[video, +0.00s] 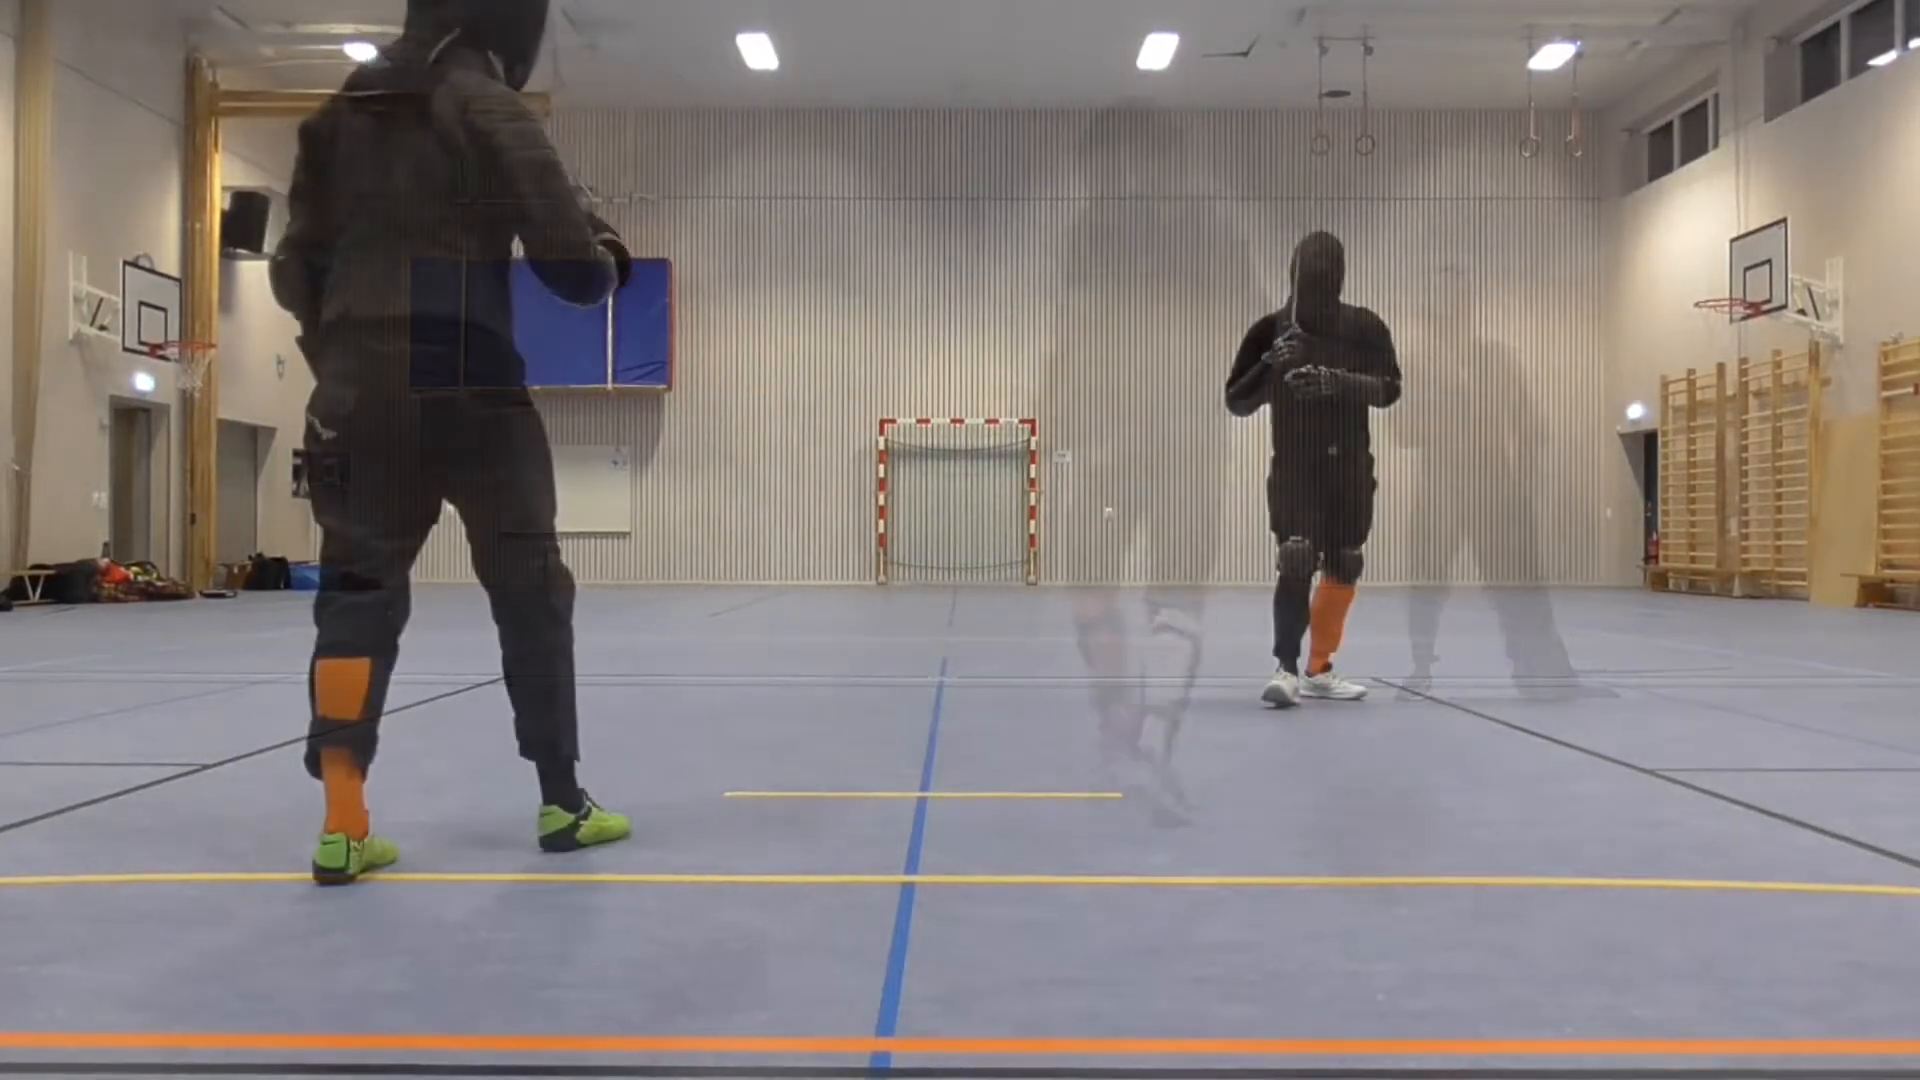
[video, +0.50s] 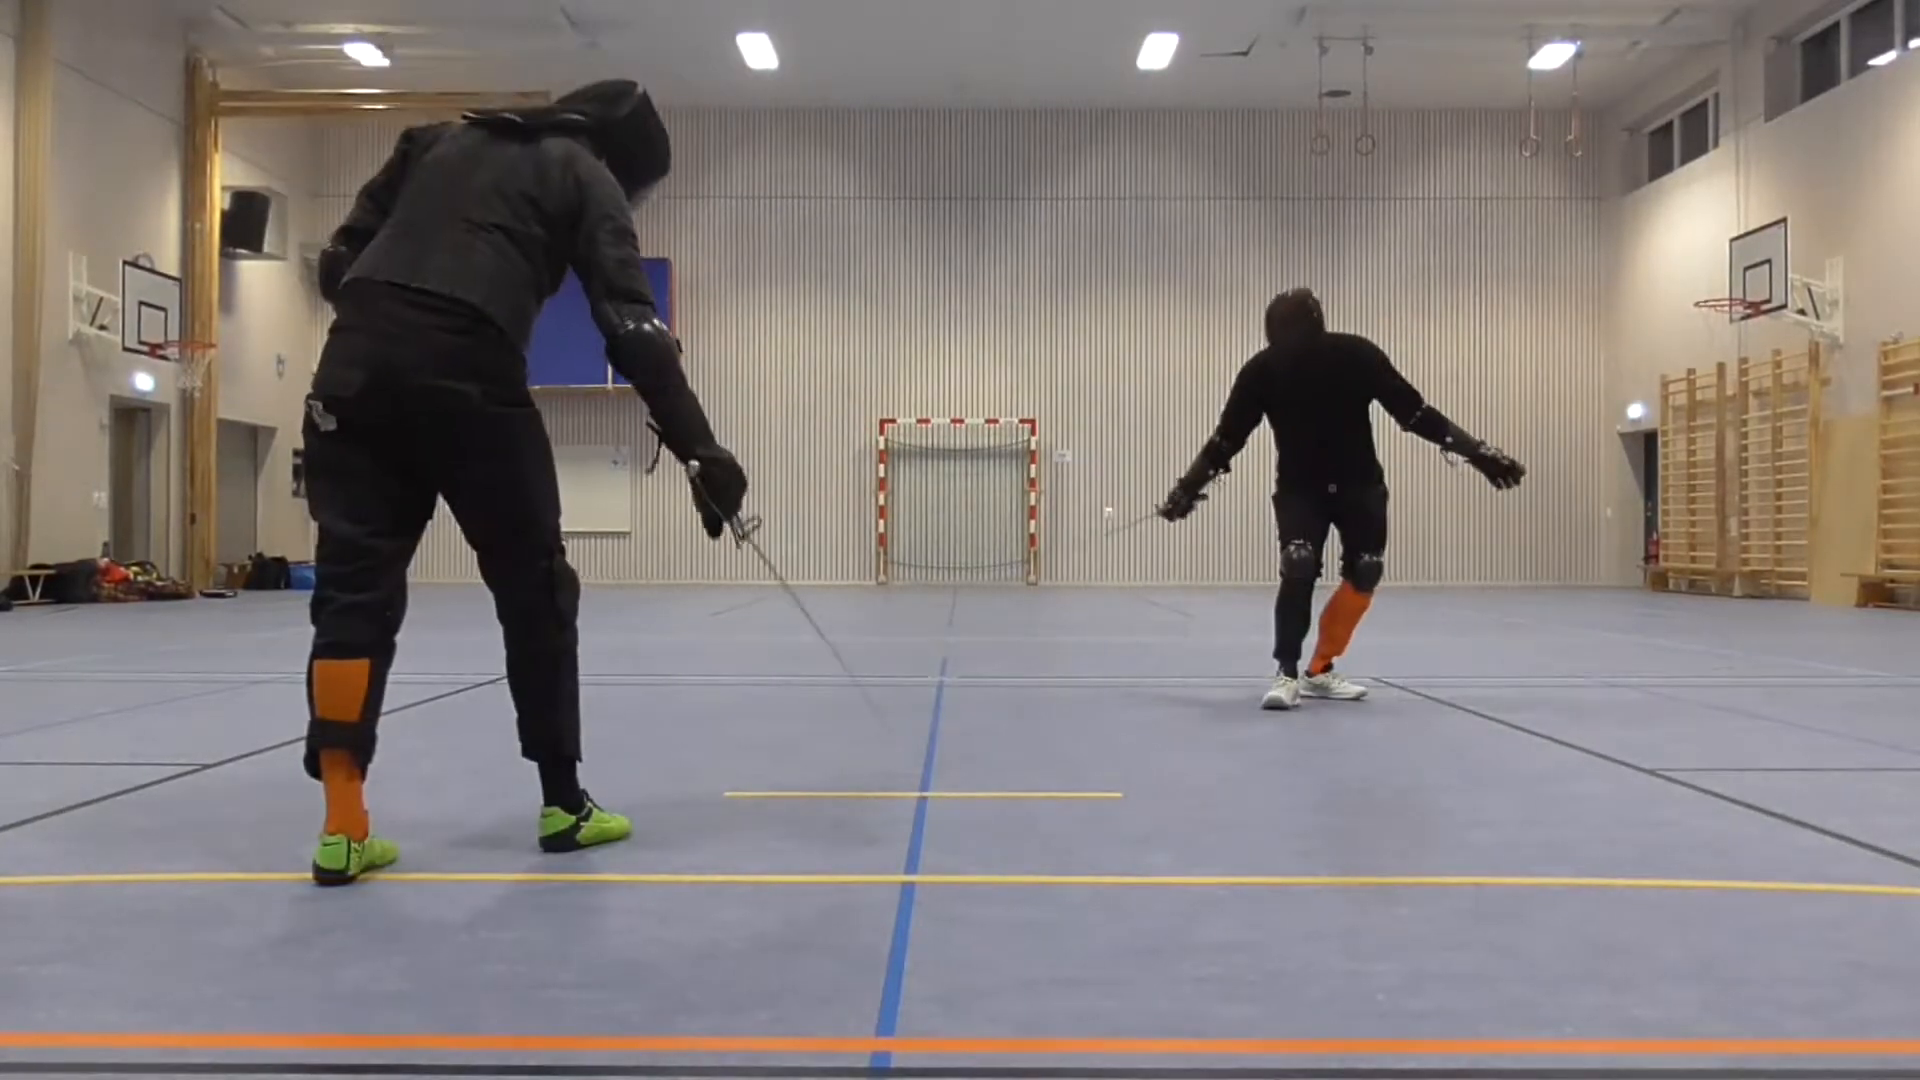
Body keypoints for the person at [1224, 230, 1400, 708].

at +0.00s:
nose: (1318, 282)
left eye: (1327, 272)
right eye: (1310, 272)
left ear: (1340, 274)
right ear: (1297, 272)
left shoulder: (1365, 328)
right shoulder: (1270, 331)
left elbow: (1390, 390)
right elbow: (1237, 401)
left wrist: (1339, 382)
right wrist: (1274, 363)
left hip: (1350, 464)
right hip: (1295, 463)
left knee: (1344, 566)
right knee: (1296, 557)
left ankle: (1318, 671)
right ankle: (1285, 670)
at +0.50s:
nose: (1277, 341)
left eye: (1278, 331)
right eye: (1276, 331)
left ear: (1283, 328)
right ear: (1318, 320)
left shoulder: (1357, 358)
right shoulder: (1262, 375)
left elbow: (1414, 413)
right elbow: (1227, 439)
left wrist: (1477, 453)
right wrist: (1188, 488)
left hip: (1358, 483)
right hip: (1300, 486)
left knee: (1366, 572)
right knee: (1299, 569)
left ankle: (1319, 671)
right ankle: (1286, 675)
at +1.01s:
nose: (1267, 379)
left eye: (1273, 368)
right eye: (1261, 370)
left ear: (1298, 355)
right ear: (1256, 366)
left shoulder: (1349, 372)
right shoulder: (1257, 396)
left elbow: (1411, 410)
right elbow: (1243, 451)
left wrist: (1474, 428)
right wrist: (1220, 492)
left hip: (1367, 489)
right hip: (1308, 494)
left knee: (1369, 577)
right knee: (1304, 572)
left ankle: (1320, 670)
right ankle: (1286, 673)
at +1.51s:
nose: (1312, 292)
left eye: (1315, 281)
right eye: (1309, 282)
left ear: (1294, 284)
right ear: (1334, 282)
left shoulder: (1364, 331)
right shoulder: (1275, 341)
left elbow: (1422, 354)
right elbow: (1217, 383)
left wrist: (1451, 349)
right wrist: (1187, 380)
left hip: (1361, 476)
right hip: (1305, 478)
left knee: (1359, 573)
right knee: (1303, 564)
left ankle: (1319, 672)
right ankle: (1286, 674)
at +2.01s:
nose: (1317, 290)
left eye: (1325, 281)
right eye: (1309, 281)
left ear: (1338, 281)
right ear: (1293, 281)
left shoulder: (1358, 330)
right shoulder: (1272, 338)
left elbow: (1421, 350)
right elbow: (1251, 401)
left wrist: (1380, 297)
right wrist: (1237, 432)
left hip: (1347, 467)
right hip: (1292, 467)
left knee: (1360, 572)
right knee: (1290, 548)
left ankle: (1319, 671)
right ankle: (1265, 652)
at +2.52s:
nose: (1251, 293)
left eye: (1262, 283)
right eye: (1243, 283)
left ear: (1282, 285)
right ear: (1230, 286)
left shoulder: (1300, 337)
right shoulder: (1206, 347)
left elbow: (1362, 381)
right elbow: (1181, 420)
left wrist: (1312, 326)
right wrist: (1164, 473)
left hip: (1283, 479)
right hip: (1226, 482)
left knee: (1348, 573)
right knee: (1235, 565)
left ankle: (1292, 662)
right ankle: (1225, 691)